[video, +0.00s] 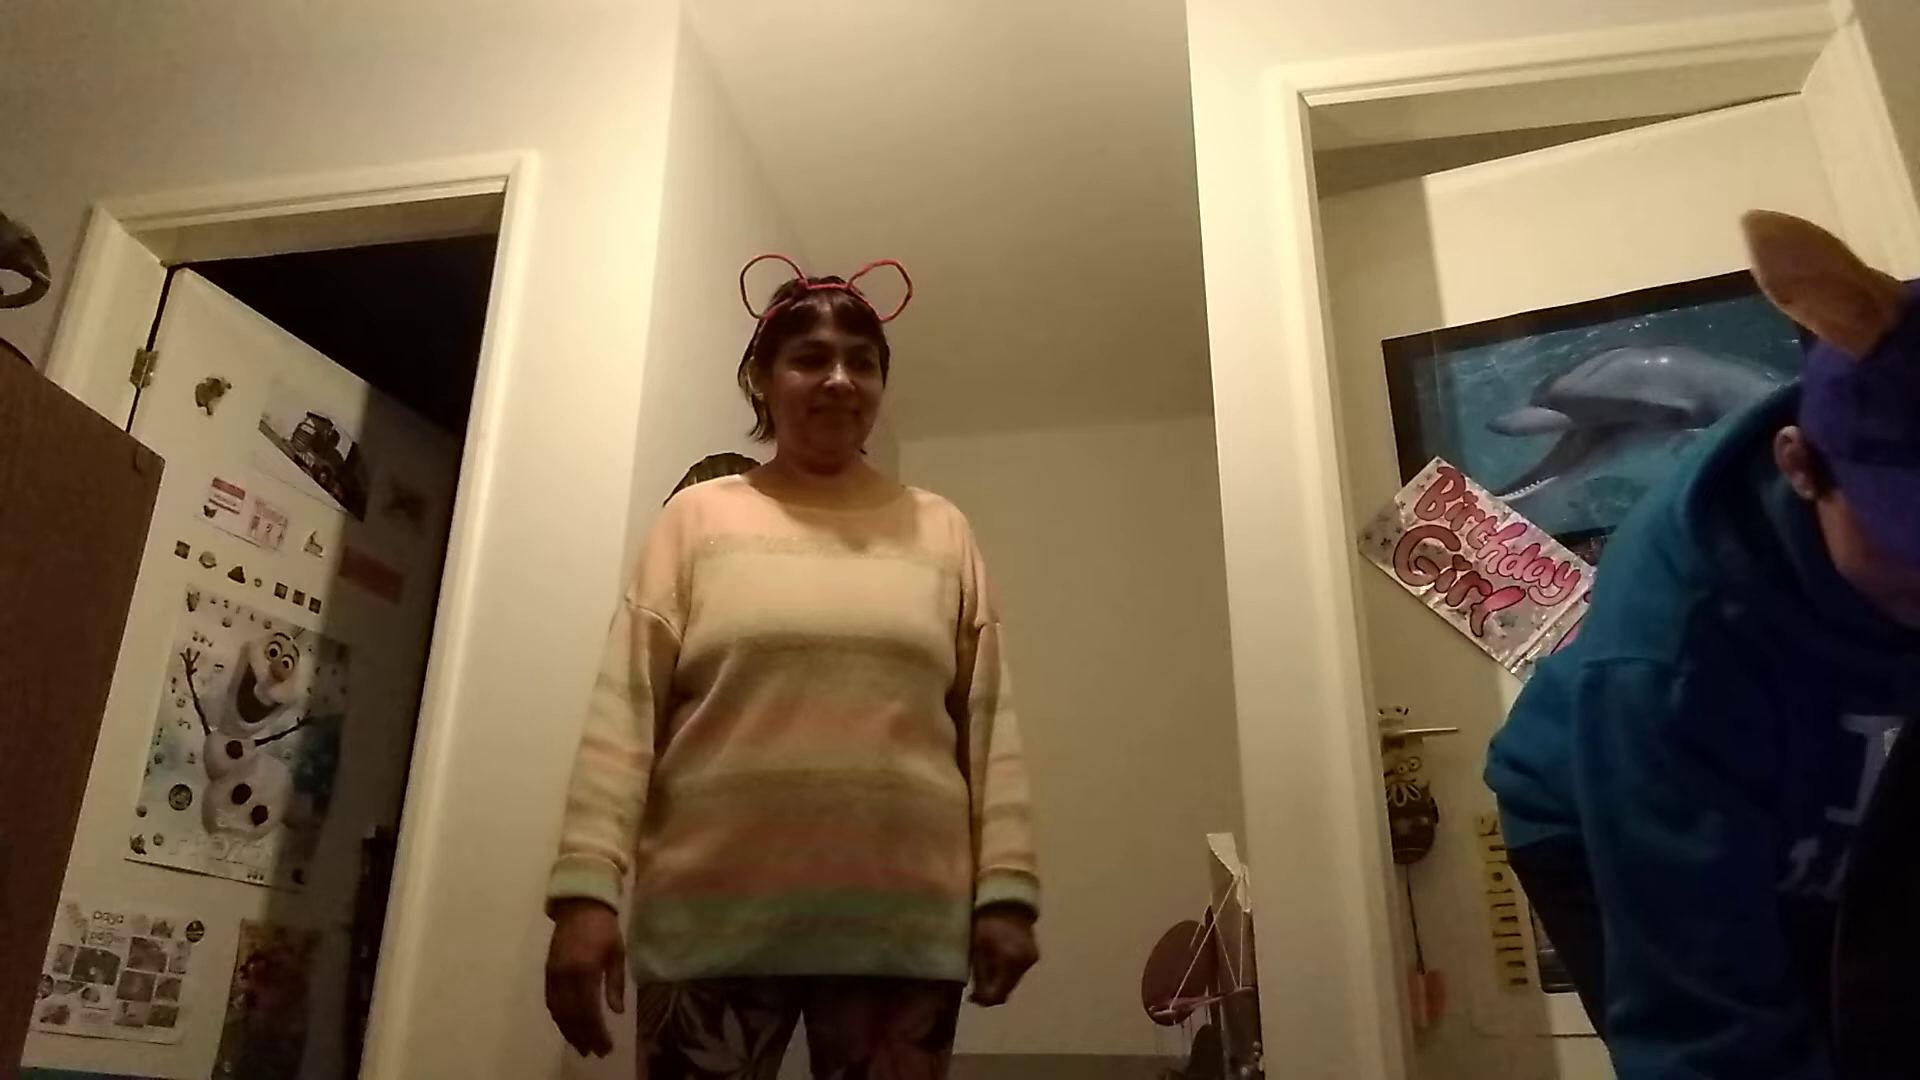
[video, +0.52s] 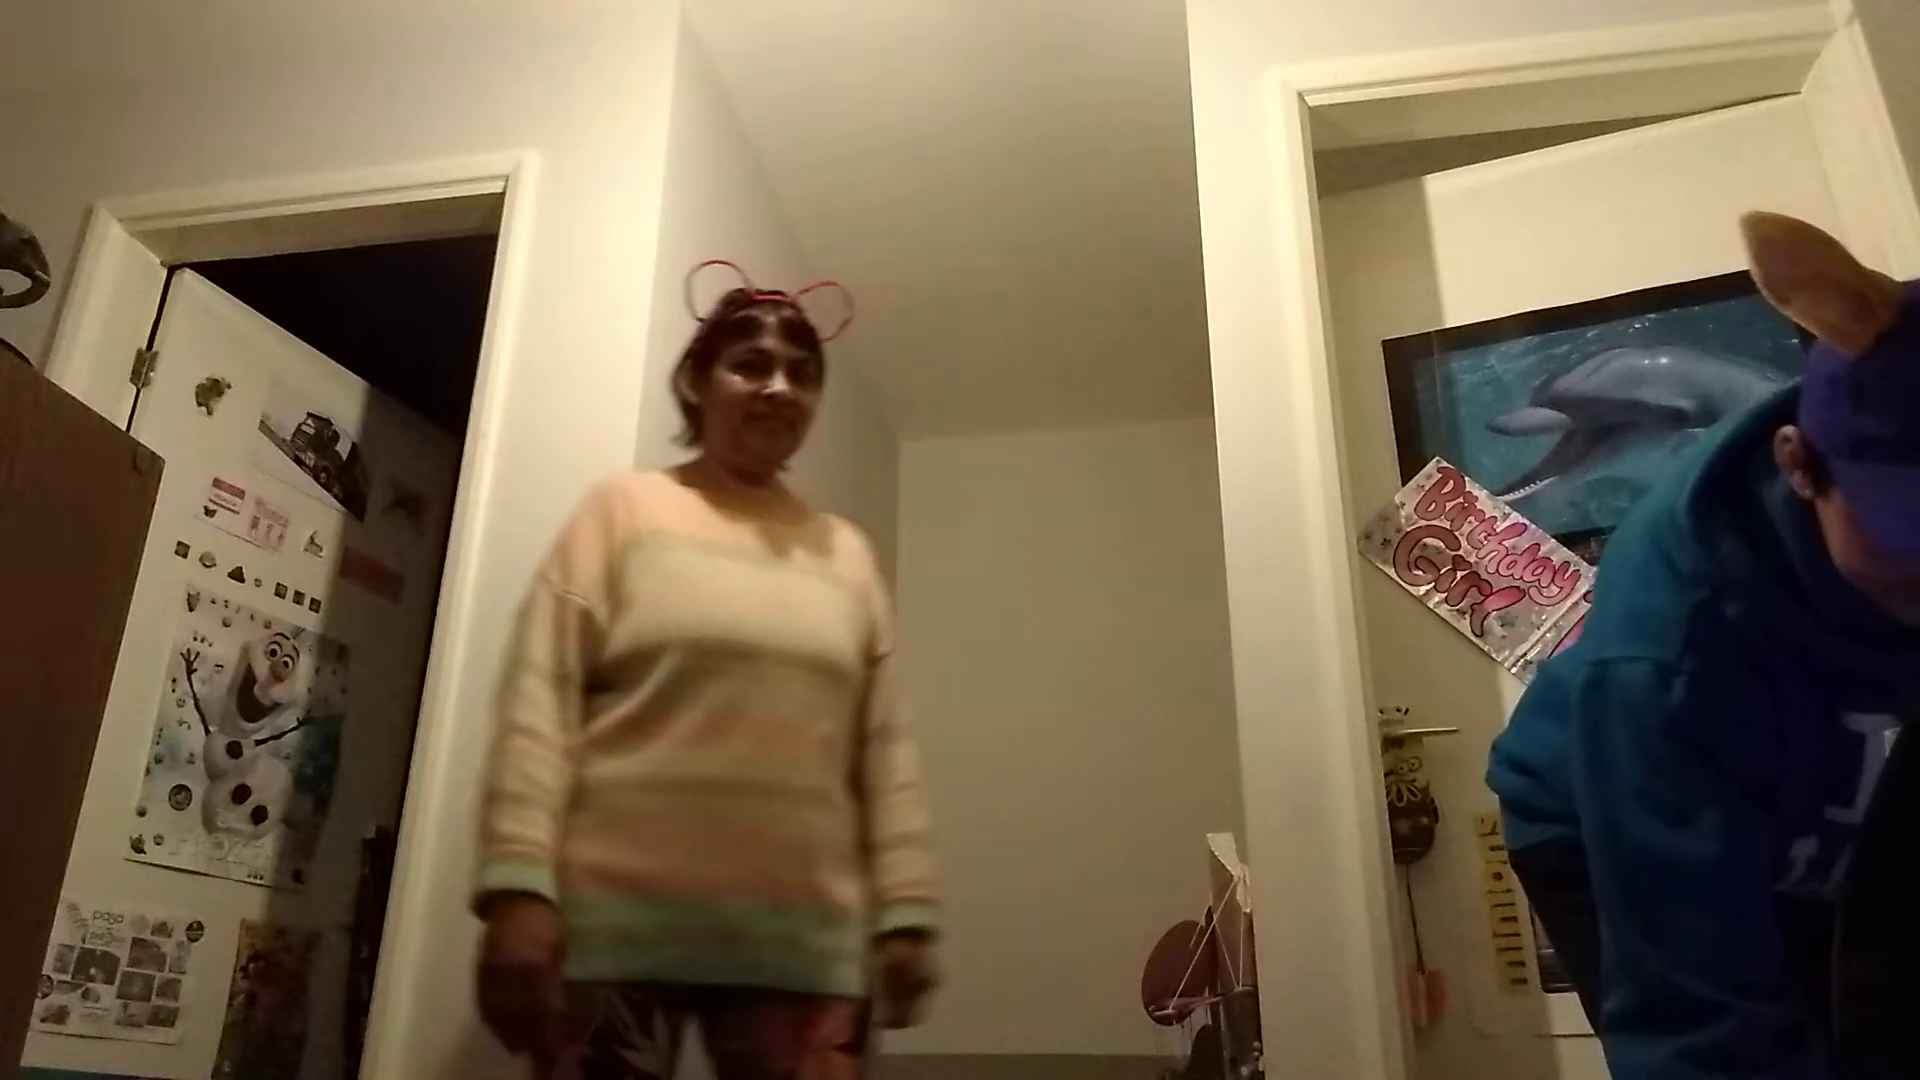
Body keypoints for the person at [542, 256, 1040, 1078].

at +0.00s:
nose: (839, 380)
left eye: (861, 362)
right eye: (811, 359)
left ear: (884, 385)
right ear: (761, 380)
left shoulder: (942, 529)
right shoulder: (695, 519)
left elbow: (990, 723)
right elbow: (624, 712)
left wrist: (1007, 891)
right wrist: (585, 894)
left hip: (901, 937)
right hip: (708, 934)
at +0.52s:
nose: (778, 389)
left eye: (800, 373)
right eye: (750, 366)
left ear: (817, 399)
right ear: (696, 383)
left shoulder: (846, 553)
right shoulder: (621, 512)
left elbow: (885, 747)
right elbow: (537, 704)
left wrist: (906, 918)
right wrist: (518, 891)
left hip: (800, 947)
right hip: (612, 937)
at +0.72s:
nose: (746, 391)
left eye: (766, 380)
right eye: (721, 366)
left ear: (776, 410)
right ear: (656, 372)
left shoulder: (774, 557)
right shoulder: (578, 494)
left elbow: (793, 754)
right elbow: (477, 684)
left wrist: (797, 929)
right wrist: (461, 889)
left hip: (722, 960)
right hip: (551, 951)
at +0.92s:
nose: (737, 402)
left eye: (750, 391)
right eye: (715, 371)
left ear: (755, 411)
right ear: (638, 365)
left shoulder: (700, 541)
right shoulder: (562, 481)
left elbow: (695, 762)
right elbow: (473, 685)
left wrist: (708, 934)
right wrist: (469, 898)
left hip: (652, 962)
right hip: (522, 949)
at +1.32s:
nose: (695, 459)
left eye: (705, 446)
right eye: (679, 427)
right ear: (603, 412)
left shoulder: (608, 570)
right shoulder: (516, 510)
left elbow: (600, 777)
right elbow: (417, 709)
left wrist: (618, 935)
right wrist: (401, 917)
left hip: (517, 959)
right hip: (429, 941)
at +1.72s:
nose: (618, 466)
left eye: (628, 455)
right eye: (603, 437)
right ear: (528, 421)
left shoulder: (553, 599)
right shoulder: (433, 510)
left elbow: (531, 784)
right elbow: (331, 691)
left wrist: (543, 938)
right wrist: (356, 892)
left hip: (410, 950)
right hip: (299, 918)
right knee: (283, 1070)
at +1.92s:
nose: (570, 460)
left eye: (582, 448)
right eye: (557, 430)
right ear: (482, 412)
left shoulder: (502, 590)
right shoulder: (382, 502)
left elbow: (489, 776)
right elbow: (264, 675)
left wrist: (541, 902)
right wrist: (383, 850)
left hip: (357, 964)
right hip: (231, 937)